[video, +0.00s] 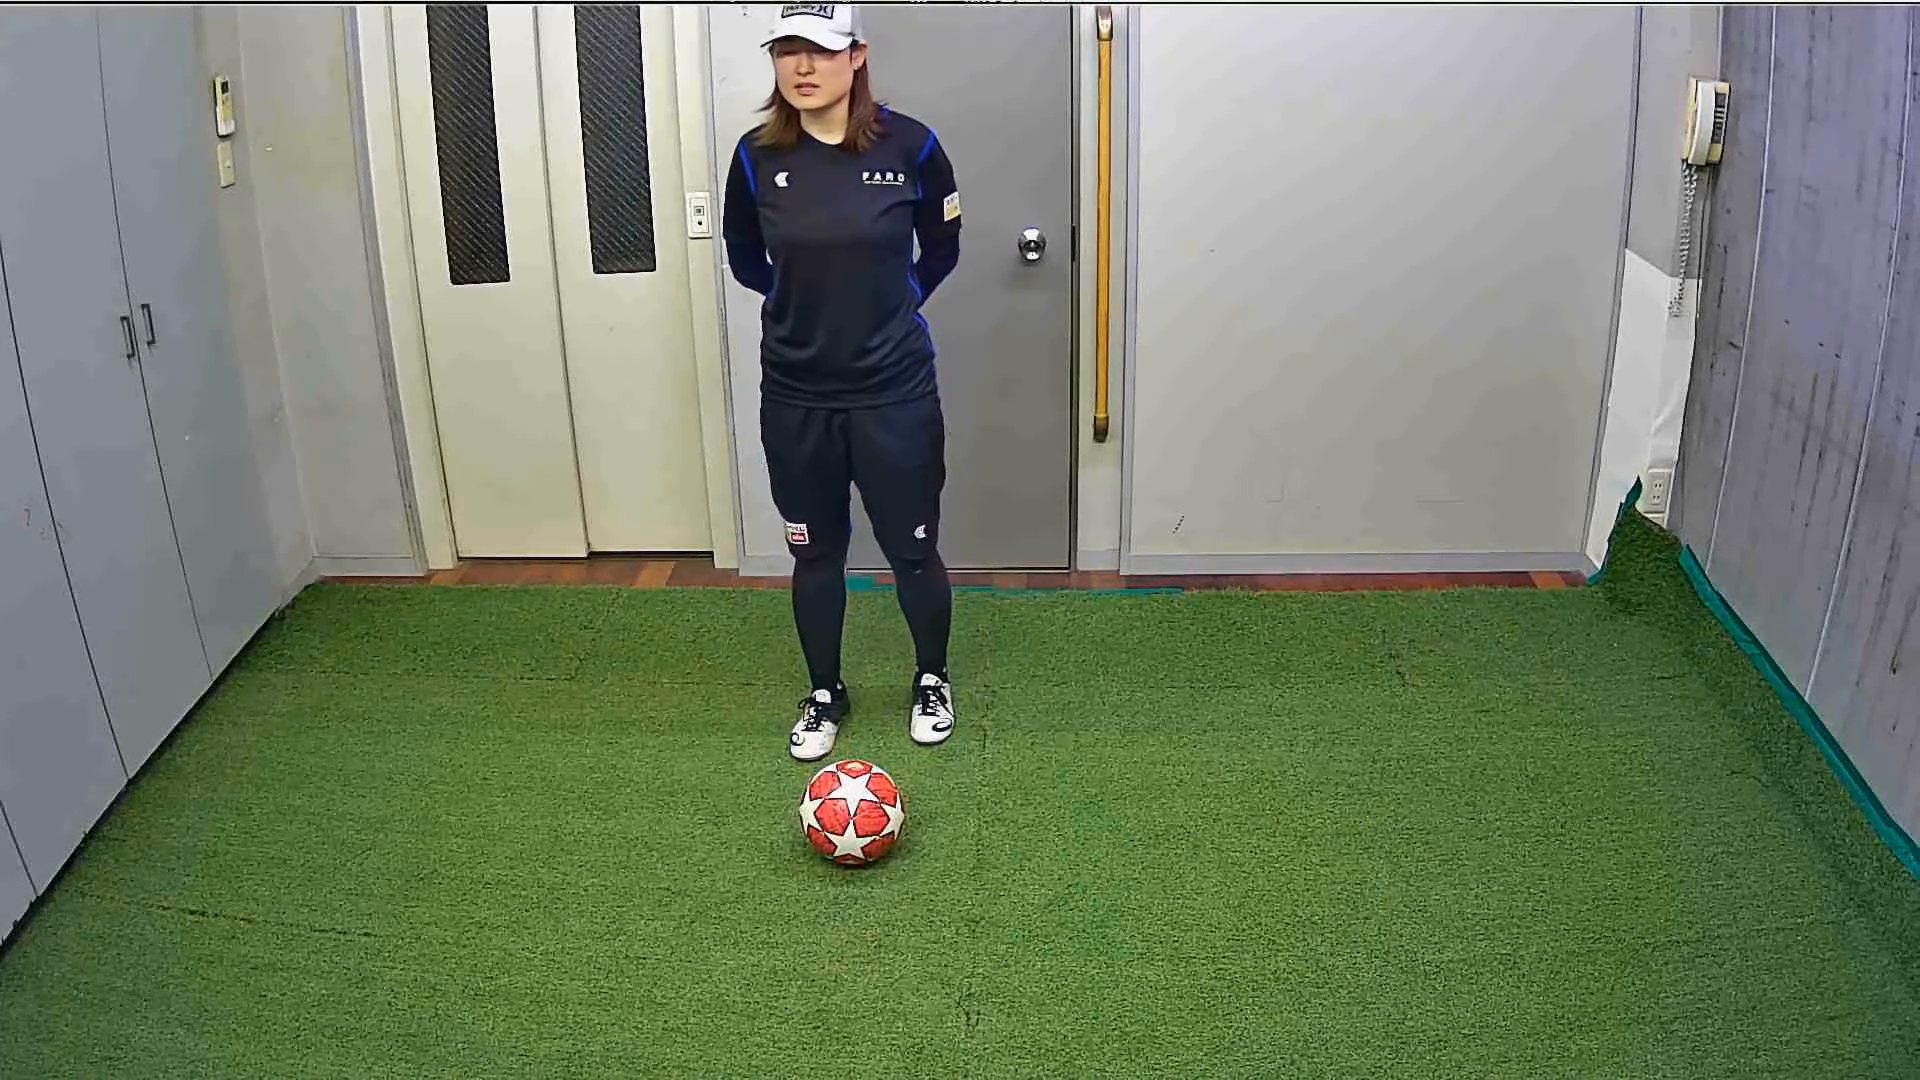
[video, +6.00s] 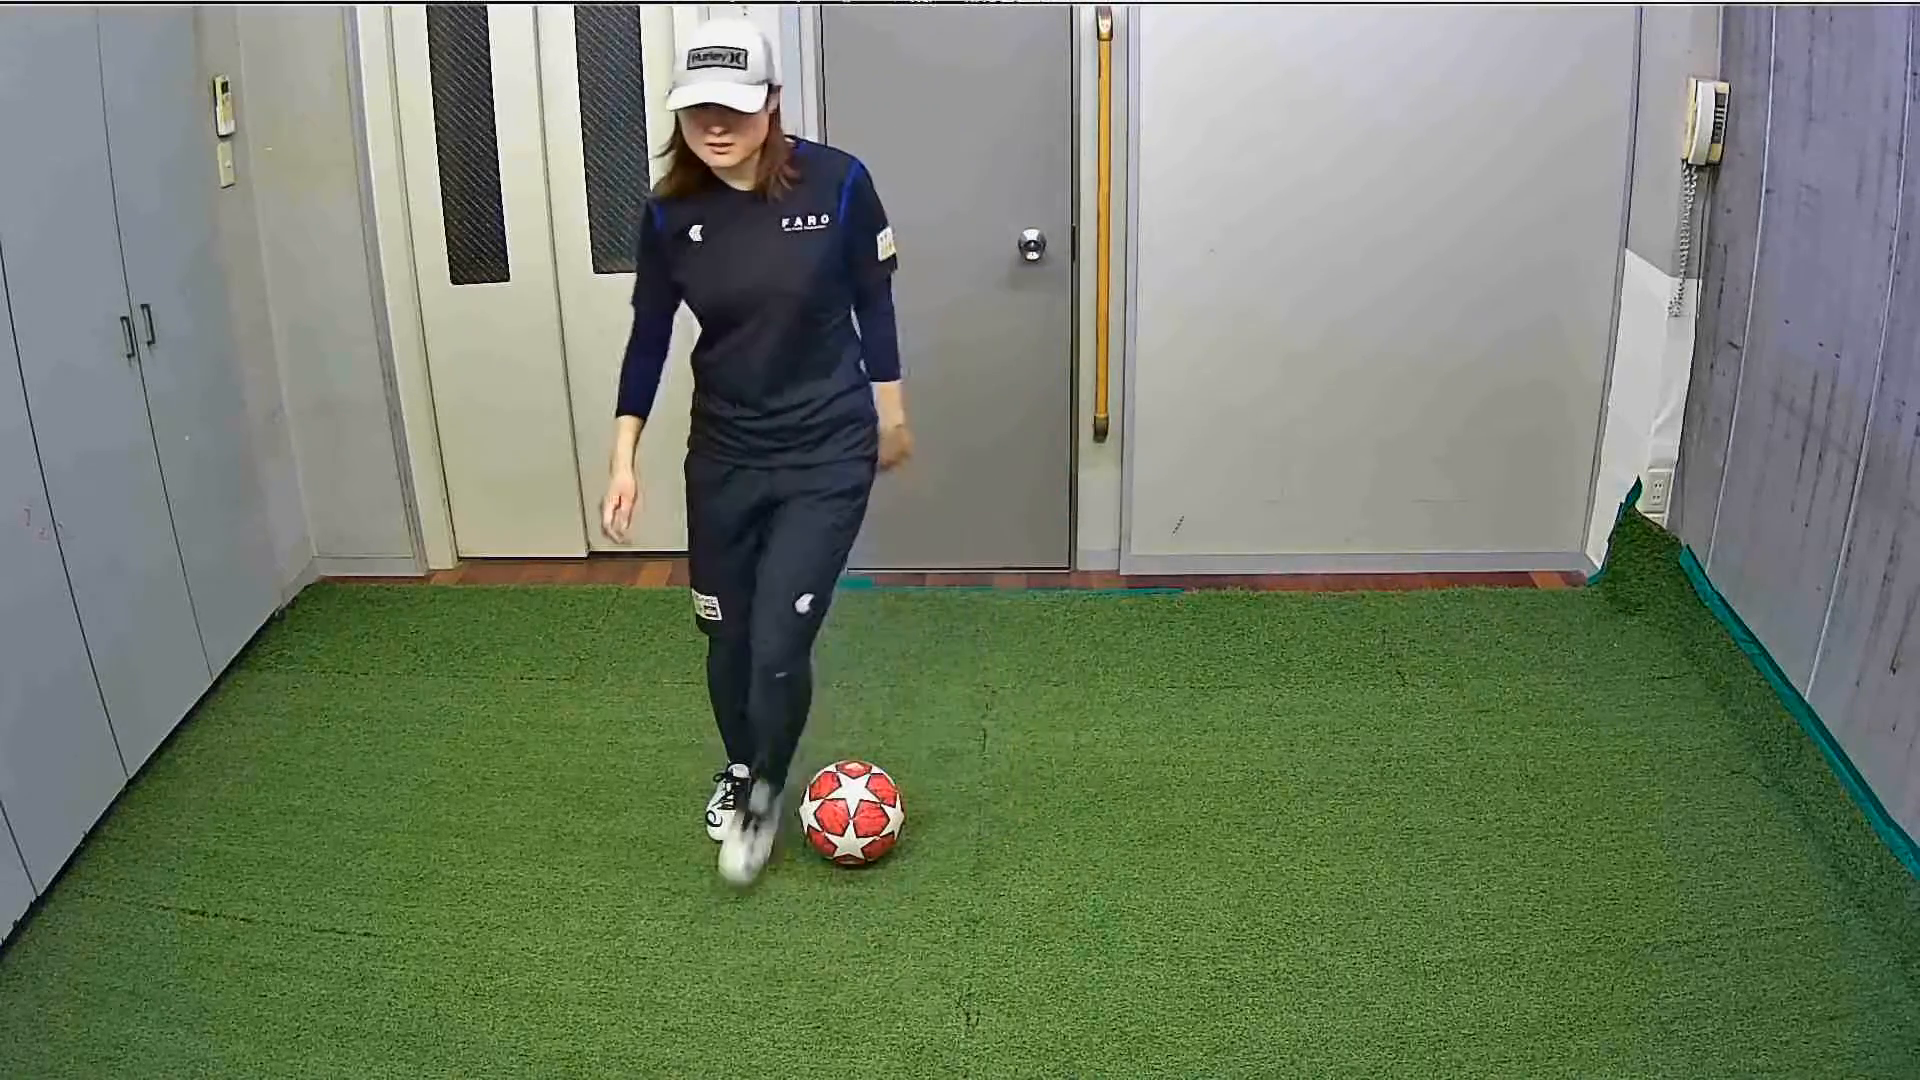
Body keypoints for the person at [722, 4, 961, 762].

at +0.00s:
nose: (801, 66)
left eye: (818, 51)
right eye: (789, 53)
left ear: (856, 60)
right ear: (775, 66)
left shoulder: (910, 146)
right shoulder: (755, 156)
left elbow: (943, 249)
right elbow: (743, 258)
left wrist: (887, 304)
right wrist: (805, 292)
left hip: (894, 388)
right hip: (795, 390)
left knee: (913, 551)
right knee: (812, 549)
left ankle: (931, 681)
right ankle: (825, 694)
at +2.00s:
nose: (799, 65)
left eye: (814, 50)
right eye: (787, 53)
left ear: (852, 56)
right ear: (775, 65)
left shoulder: (913, 141)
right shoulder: (762, 157)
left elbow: (948, 246)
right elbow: (754, 260)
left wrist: (892, 305)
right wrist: (816, 296)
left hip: (901, 382)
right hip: (805, 387)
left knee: (925, 537)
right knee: (815, 543)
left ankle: (955, 655)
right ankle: (825, 693)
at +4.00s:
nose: (917, 61)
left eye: (934, 49)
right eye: (905, 47)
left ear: (969, 57)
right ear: (890, 57)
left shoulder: (1017, 142)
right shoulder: (866, 136)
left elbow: (1033, 238)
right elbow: (861, 234)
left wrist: (1046, 326)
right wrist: (914, 278)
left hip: (978, 355)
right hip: (884, 353)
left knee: (971, 516)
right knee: (865, 515)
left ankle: (957, 658)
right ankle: (852, 676)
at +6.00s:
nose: (715, 124)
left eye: (735, 107)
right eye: (698, 108)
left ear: (773, 106)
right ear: (678, 114)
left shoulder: (837, 183)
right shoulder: (671, 212)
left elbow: (874, 298)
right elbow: (647, 340)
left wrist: (892, 411)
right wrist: (623, 461)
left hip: (828, 450)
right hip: (724, 452)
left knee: (778, 643)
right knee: (727, 634)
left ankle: (765, 794)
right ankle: (740, 772)